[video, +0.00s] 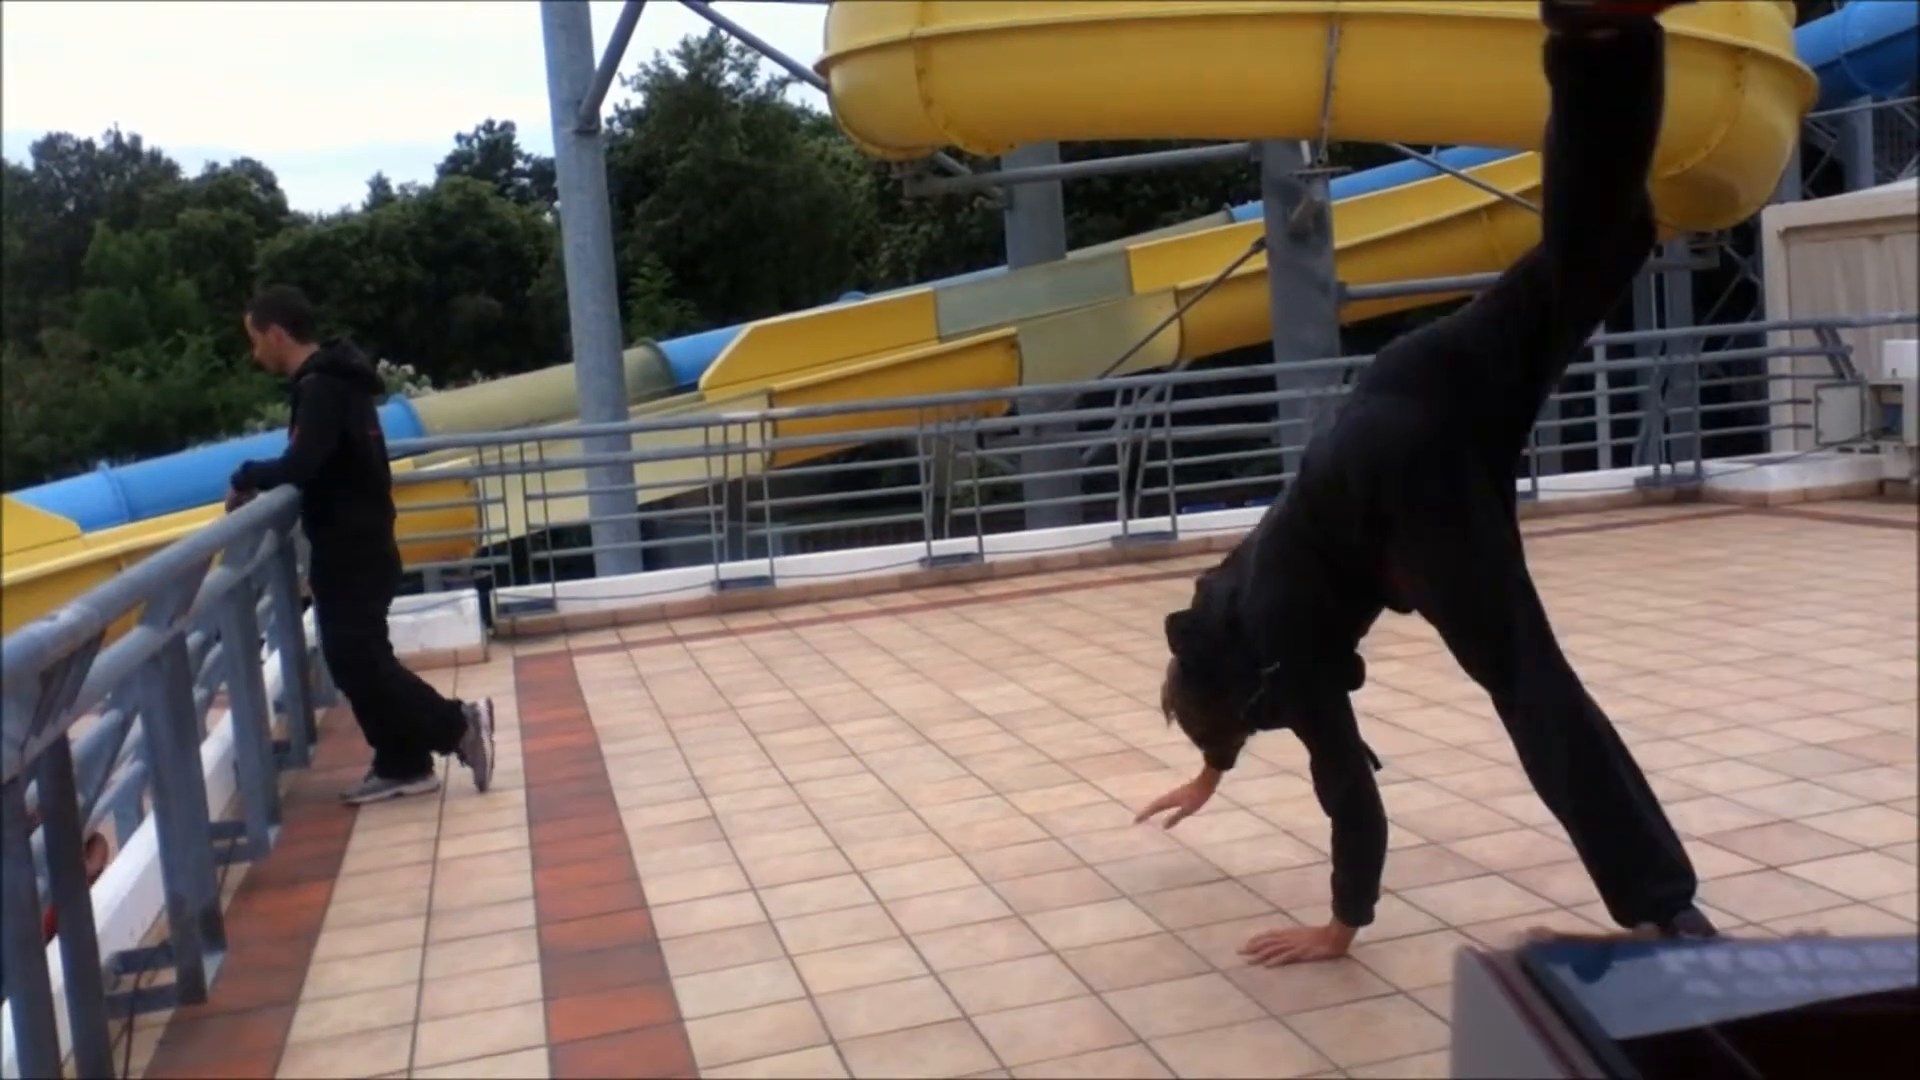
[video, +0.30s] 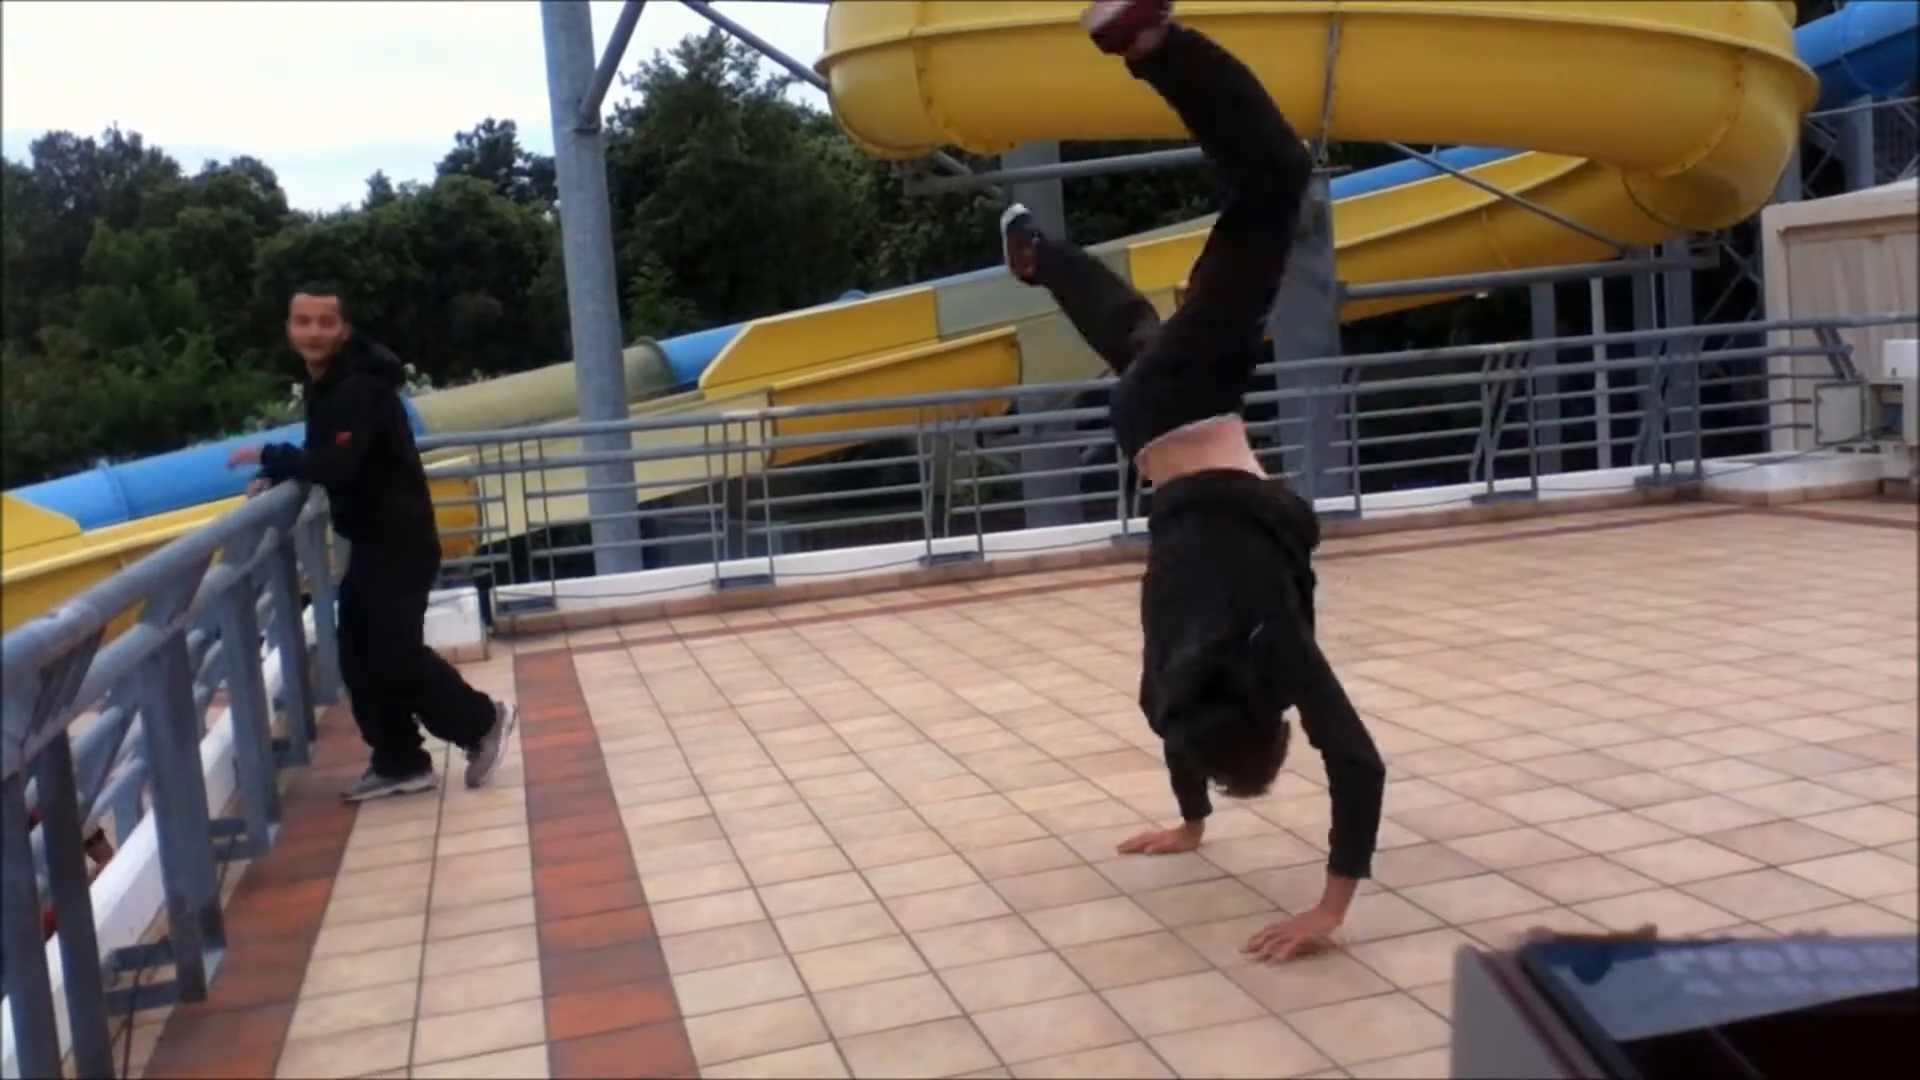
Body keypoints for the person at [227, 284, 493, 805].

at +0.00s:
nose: (254, 354)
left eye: (255, 340)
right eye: (252, 342)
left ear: (278, 333)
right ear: (291, 332)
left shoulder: (320, 384)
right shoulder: (332, 376)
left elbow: (304, 466)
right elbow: (315, 465)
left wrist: (247, 478)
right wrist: (260, 481)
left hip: (351, 552)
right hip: (356, 549)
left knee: (354, 664)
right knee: (359, 660)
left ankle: (457, 726)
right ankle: (401, 766)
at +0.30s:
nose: (314, 332)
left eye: (325, 322)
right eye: (303, 322)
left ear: (343, 328)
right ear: (289, 330)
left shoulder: (361, 383)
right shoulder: (323, 387)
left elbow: (342, 466)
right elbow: (333, 459)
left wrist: (273, 458)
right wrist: (282, 470)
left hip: (402, 543)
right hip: (371, 543)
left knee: (389, 650)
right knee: (357, 652)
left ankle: (482, 721)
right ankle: (400, 763)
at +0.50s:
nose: (385, 316)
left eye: (393, 308)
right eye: (372, 306)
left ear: (402, 317)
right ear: (344, 316)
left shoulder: (430, 375)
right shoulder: (335, 385)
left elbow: (468, 451)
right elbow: (315, 444)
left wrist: (396, 465)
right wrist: (272, 496)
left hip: (442, 530)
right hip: (383, 532)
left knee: (441, 646)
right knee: (360, 644)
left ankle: (452, 753)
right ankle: (392, 756)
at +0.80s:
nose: (477, 302)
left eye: (481, 292)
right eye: (464, 293)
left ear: (485, 299)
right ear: (429, 300)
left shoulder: (503, 358)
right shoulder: (394, 365)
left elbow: (558, 428)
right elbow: (348, 418)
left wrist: (542, 428)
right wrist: (303, 461)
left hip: (490, 523)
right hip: (429, 527)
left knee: (483, 641)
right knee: (448, 644)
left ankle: (463, 753)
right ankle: (470, 762)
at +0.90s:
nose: (499, 328)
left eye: (502, 318)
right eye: (485, 319)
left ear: (507, 323)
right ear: (451, 327)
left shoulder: (525, 379)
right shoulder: (420, 385)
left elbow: (571, 418)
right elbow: (367, 429)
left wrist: (590, 429)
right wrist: (312, 470)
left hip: (505, 538)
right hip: (445, 540)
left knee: (492, 646)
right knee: (490, 646)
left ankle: (453, 747)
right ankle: (517, 771)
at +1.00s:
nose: (522, 339)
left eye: (526, 329)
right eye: (508, 331)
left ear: (531, 333)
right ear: (473, 340)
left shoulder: (550, 392)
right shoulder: (443, 397)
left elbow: (599, 430)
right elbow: (388, 442)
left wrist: (638, 445)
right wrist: (328, 480)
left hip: (528, 550)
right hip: (469, 551)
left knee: (502, 655)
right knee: (511, 654)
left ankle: (456, 746)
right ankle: (538, 775)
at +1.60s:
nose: (804, 272)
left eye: (800, 261)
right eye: (795, 261)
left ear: (766, 271)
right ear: (766, 269)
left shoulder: (775, 348)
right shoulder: (702, 328)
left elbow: (805, 418)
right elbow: (618, 354)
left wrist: (887, 408)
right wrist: (654, 298)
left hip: (745, 531)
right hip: (698, 528)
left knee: (715, 660)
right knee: (757, 647)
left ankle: (662, 788)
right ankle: (692, 764)